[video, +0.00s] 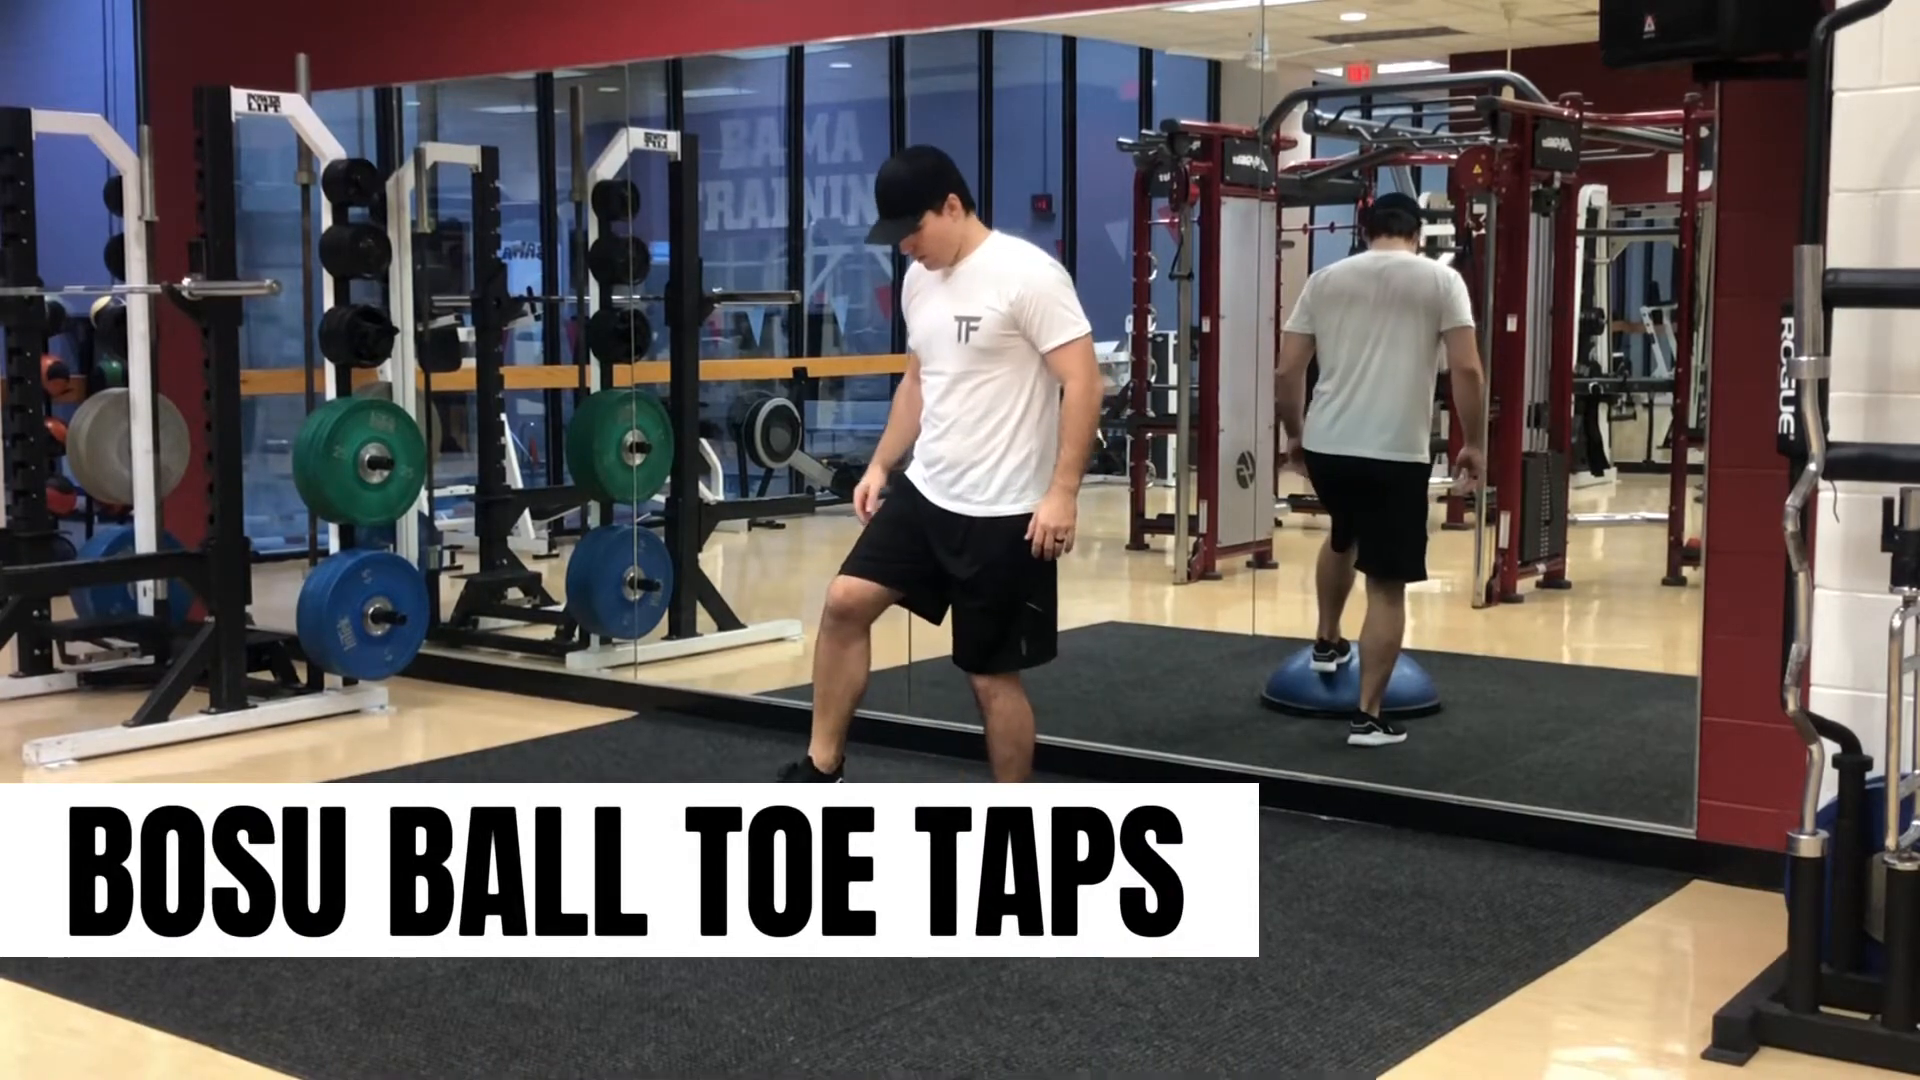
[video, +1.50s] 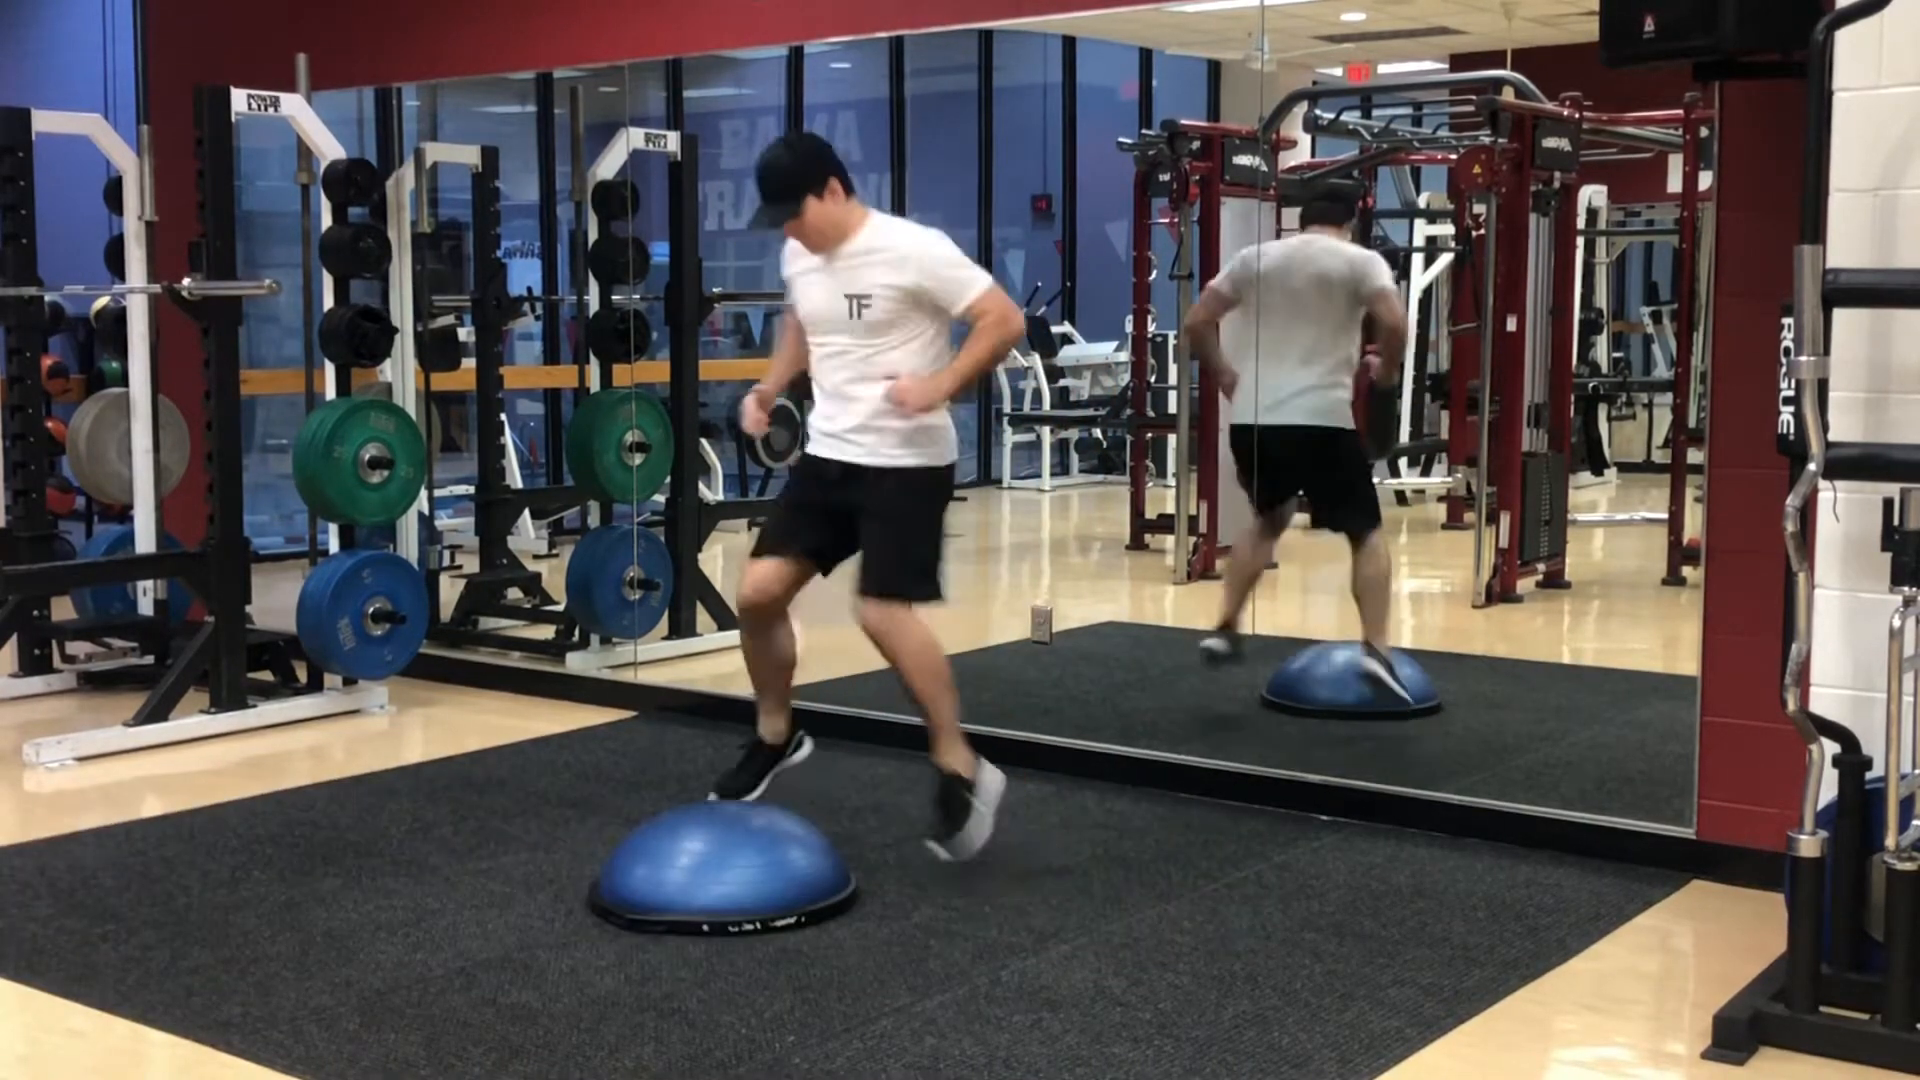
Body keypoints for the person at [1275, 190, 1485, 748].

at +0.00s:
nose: (1415, 243)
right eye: (1418, 236)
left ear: (1366, 234)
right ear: (1417, 236)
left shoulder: (1324, 280)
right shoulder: (1441, 279)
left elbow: (1288, 371)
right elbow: (1466, 370)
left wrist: (1295, 436)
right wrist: (1473, 443)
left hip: (1325, 447)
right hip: (1398, 457)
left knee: (1343, 533)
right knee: (1386, 588)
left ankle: (1326, 644)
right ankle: (1370, 716)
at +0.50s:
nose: (1380, 246)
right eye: (1382, 238)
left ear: (1331, 230)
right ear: (1377, 235)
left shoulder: (1286, 271)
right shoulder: (1395, 276)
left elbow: (1230, 338)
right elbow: (1436, 340)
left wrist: (1253, 375)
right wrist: (1433, 381)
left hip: (1280, 440)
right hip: (1352, 447)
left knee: (1291, 521)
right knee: (1366, 578)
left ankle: (1262, 629)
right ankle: (1368, 706)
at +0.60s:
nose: (1365, 228)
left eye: (1359, 222)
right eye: (1365, 221)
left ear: (1312, 215)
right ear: (1361, 218)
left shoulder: (1265, 254)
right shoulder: (1371, 255)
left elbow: (1212, 321)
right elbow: (1392, 315)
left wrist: (1251, 373)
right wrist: (1390, 362)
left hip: (1267, 420)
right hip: (1335, 425)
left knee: (1261, 534)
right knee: (1370, 543)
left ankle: (1215, 644)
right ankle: (1356, 659)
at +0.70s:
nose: (1344, 245)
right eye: (1343, 238)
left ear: (1294, 233)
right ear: (1340, 237)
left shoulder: (1247, 275)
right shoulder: (1344, 271)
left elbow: (1202, 350)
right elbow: (1348, 335)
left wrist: (1235, 388)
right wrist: (1354, 382)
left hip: (1247, 437)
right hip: (1311, 438)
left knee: (1232, 557)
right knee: (1371, 513)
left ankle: (1187, 677)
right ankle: (1327, 618)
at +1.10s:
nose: (1345, 231)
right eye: (1346, 223)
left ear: (1295, 221)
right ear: (1343, 222)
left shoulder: (1252, 263)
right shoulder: (1362, 256)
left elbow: (1196, 330)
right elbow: (1401, 308)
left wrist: (1229, 376)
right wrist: (1400, 356)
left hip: (1262, 423)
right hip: (1331, 423)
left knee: (1272, 522)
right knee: (1365, 544)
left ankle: (1243, 629)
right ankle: (1379, 665)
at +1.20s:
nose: (1363, 256)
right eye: (1364, 247)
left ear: (1310, 247)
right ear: (1361, 247)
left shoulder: (1270, 284)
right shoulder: (1384, 287)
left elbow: (1216, 344)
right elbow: (1428, 362)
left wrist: (1214, 412)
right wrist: (1415, 404)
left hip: (1270, 448)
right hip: (1342, 450)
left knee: (1300, 515)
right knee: (1370, 576)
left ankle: (1308, 606)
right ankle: (1399, 704)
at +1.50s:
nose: (1354, 230)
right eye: (1355, 222)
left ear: (1303, 218)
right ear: (1350, 221)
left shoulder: (1255, 257)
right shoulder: (1363, 262)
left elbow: (1196, 322)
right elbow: (1396, 323)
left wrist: (1222, 372)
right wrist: (1388, 367)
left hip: (1254, 422)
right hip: (1324, 425)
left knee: (1266, 523)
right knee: (1368, 538)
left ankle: (1224, 628)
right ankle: (1375, 650)